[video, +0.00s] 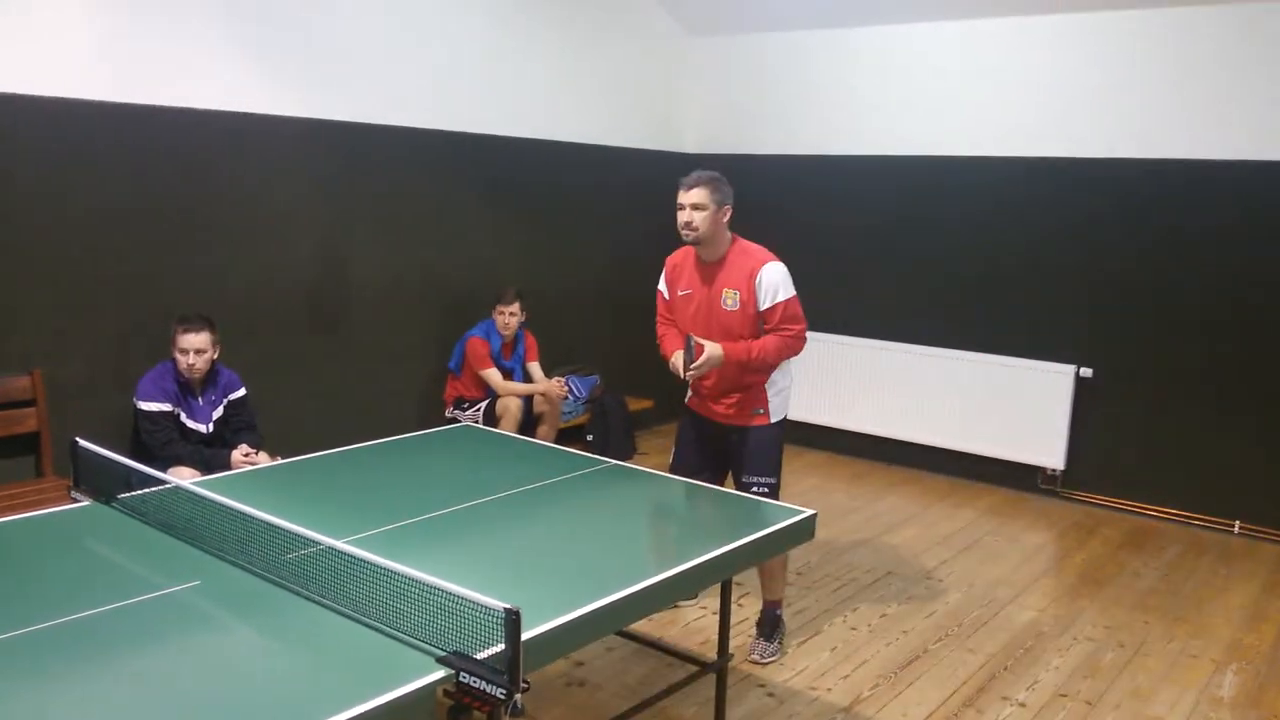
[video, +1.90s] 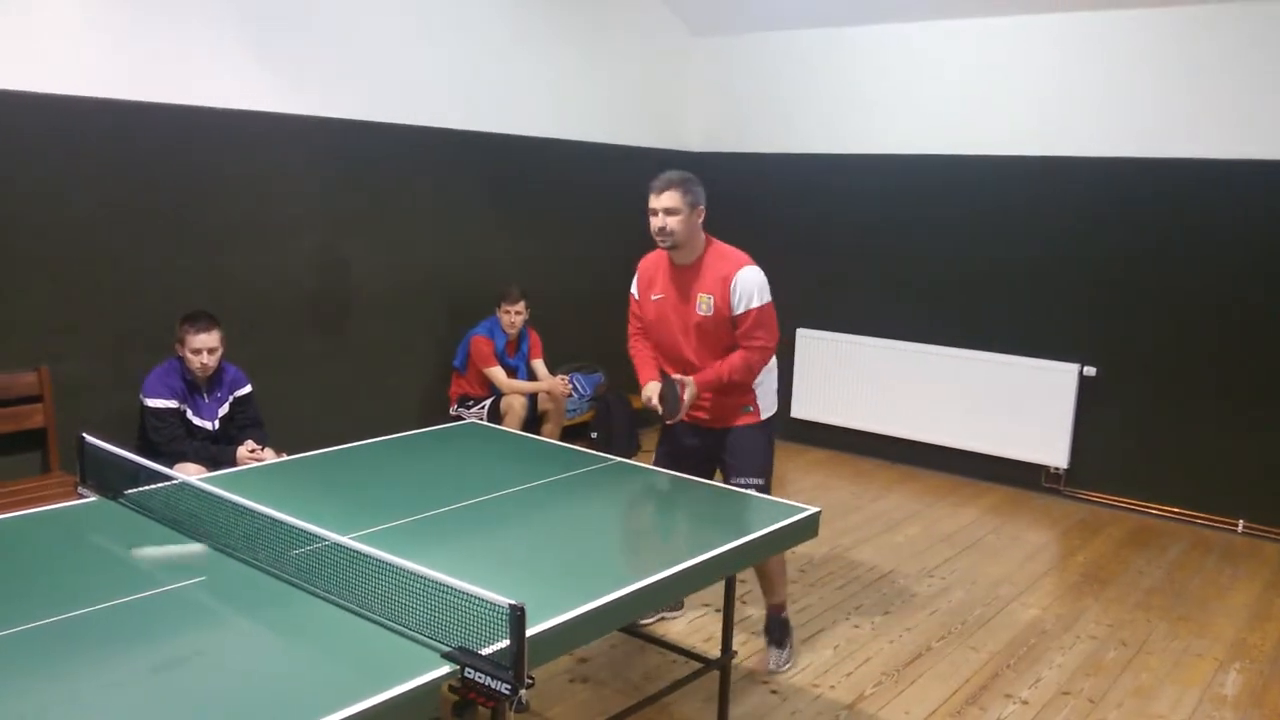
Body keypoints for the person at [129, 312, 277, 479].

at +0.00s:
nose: (191, 362)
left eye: (199, 353)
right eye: (183, 353)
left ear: (215, 352)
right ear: (173, 351)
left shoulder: (228, 382)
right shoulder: (153, 387)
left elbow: (244, 429)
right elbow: (166, 450)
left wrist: (245, 448)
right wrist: (226, 460)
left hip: (218, 460)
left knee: (263, 462)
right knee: (187, 477)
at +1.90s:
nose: (205, 361)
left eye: (212, 351)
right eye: (196, 352)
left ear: (222, 348)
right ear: (179, 350)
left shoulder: (234, 379)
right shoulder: (159, 384)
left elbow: (249, 426)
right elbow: (170, 447)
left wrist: (250, 444)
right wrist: (232, 456)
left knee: (269, 458)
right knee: (193, 473)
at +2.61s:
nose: (203, 360)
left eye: (210, 351)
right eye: (194, 352)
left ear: (219, 348)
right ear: (176, 349)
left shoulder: (231, 378)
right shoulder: (156, 383)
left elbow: (247, 427)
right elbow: (168, 446)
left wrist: (247, 445)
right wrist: (228, 455)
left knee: (265, 457)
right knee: (190, 473)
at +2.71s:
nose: (209, 360)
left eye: (216, 351)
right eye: (200, 352)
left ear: (224, 348)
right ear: (182, 349)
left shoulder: (237, 378)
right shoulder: (162, 383)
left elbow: (252, 427)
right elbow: (173, 446)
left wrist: (252, 444)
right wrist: (234, 455)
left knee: (272, 457)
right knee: (196, 473)